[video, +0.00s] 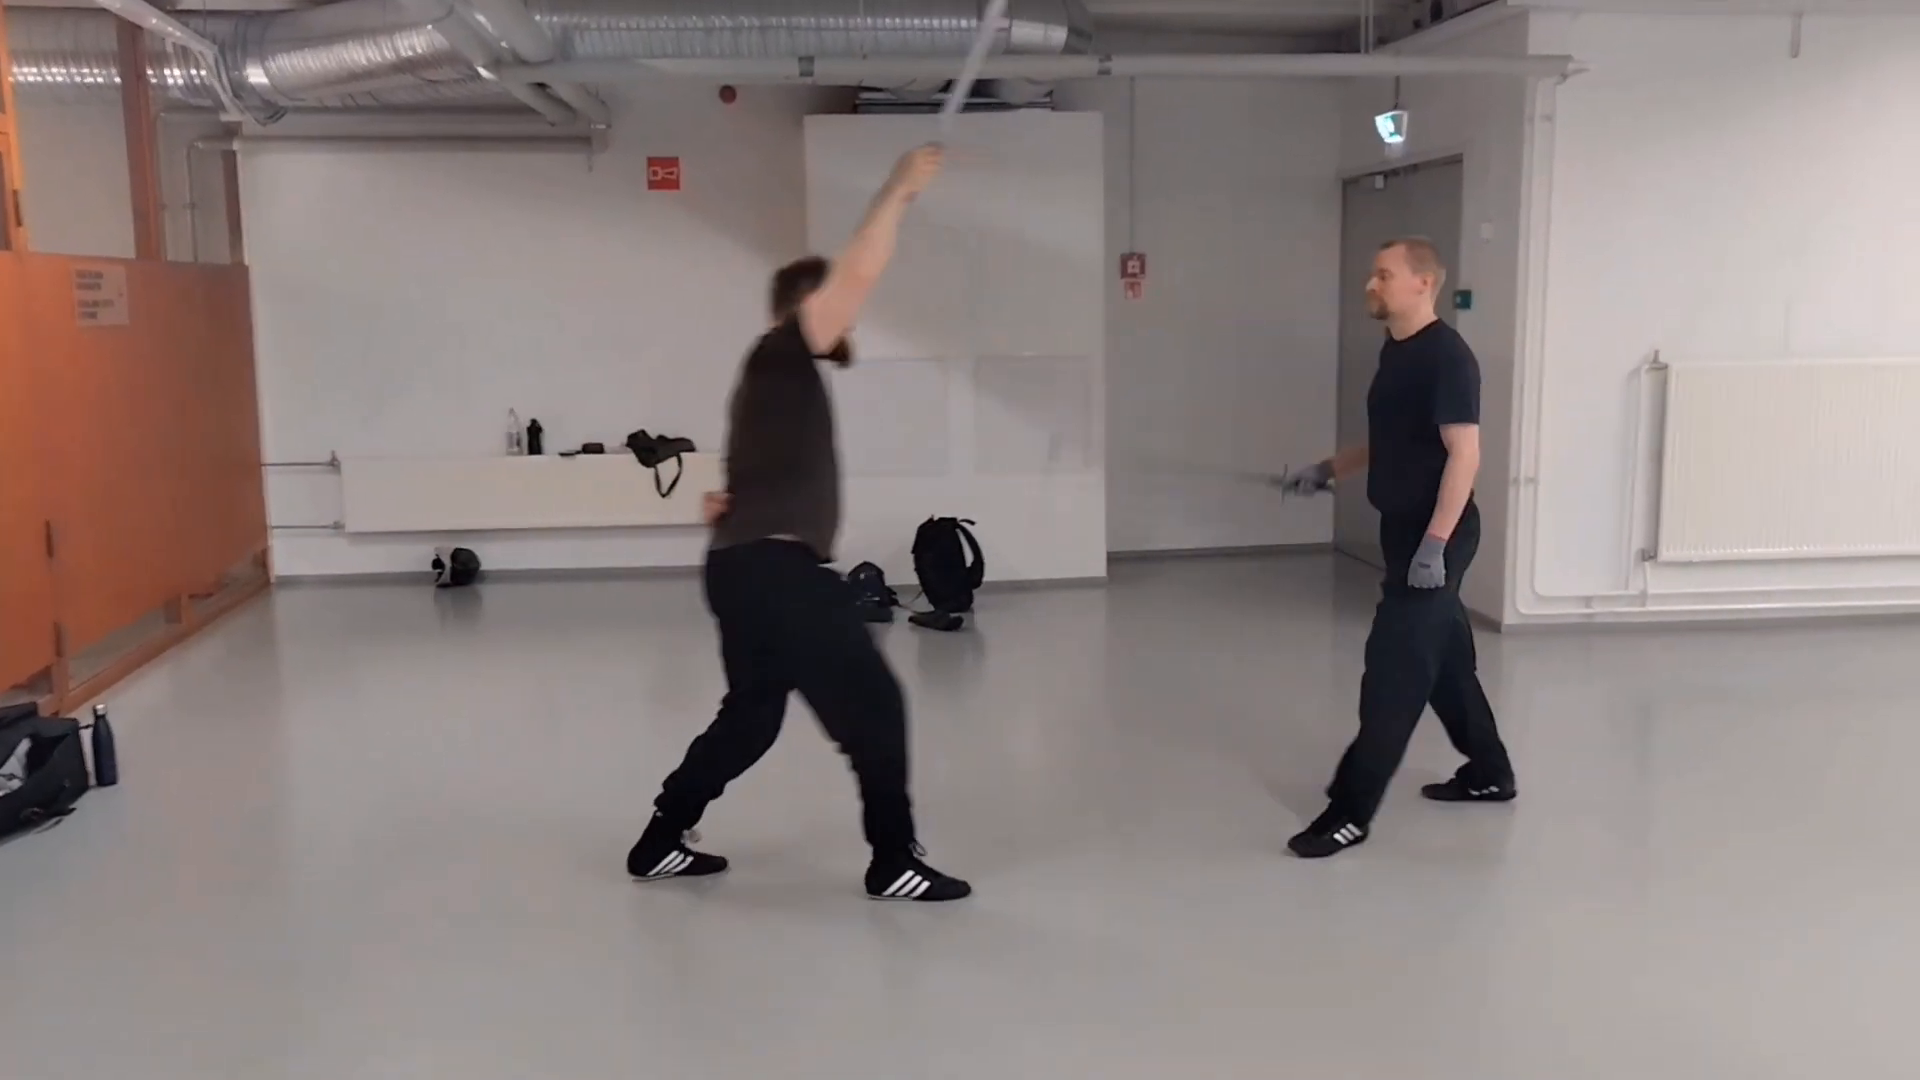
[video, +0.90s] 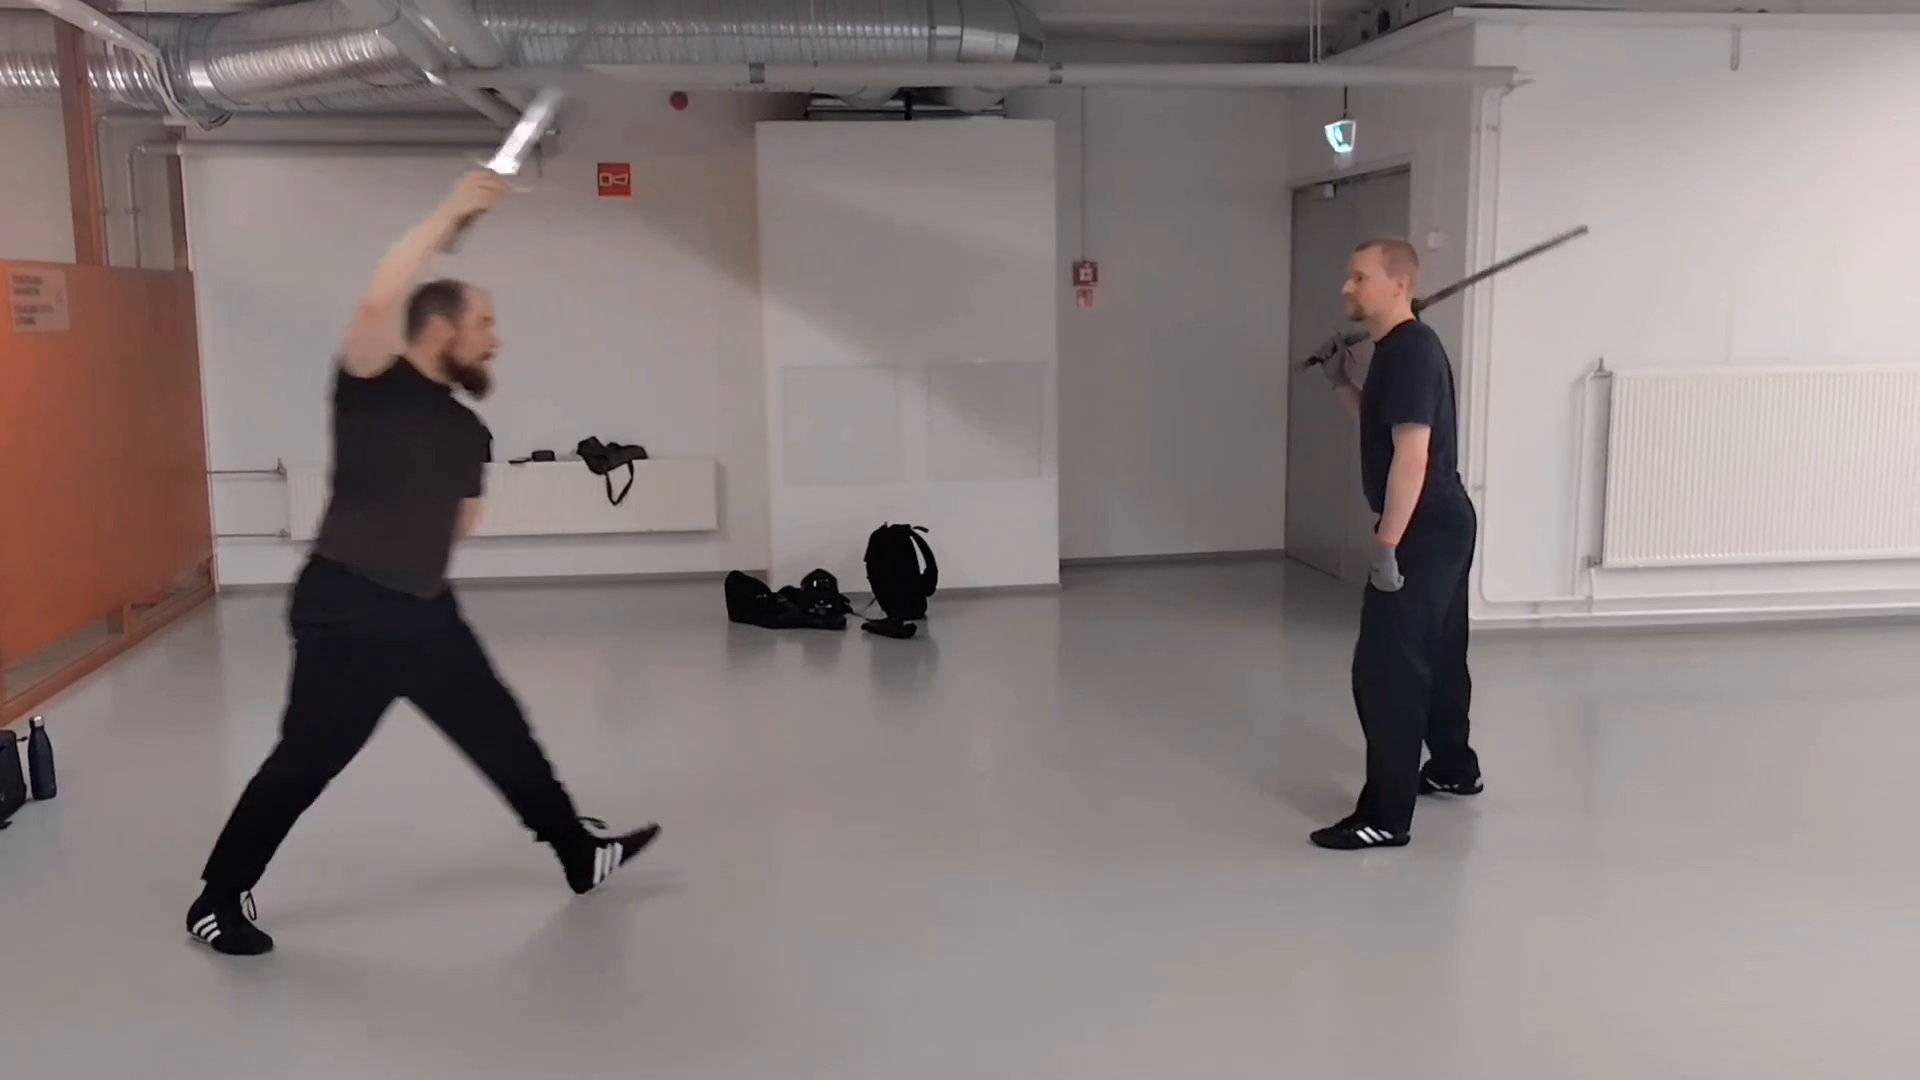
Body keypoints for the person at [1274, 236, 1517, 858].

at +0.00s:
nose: (1371, 285)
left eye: (1383, 276)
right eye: (1372, 276)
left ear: (1425, 284)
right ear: (1399, 288)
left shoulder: (1446, 355)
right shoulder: (1397, 352)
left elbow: (1466, 454)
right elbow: (1390, 441)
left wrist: (1434, 543)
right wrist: (1326, 470)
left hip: (1436, 535)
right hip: (1404, 530)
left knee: (1394, 667)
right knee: (1446, 659)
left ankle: (1351, 811)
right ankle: (1490, 769)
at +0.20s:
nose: (1385, 276)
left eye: (1397, 266)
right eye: (1385, 266)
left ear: (1437, 274)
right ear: (1421, 277)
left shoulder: (1453, 339)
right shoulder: (1420, 341)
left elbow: (1465, 439)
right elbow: (1411, 426)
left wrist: (1433, 528)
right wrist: (1350, 424)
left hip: (1449, 523)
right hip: (1429, 518)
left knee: (1404, 653)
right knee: (1454, 648)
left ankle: (1401, 803)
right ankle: (1477, 770)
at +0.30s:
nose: (1385, 276)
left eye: (1397, 266)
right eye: (1385, 266)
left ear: (1436, 273)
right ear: (1423, 275)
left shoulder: (1450, 338)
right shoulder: (1428, 337)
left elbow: (1455, 436)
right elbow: (1435, 430)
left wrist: (1425, 524)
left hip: (1444, 519)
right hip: (1439, 514)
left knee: (1403, 654)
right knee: (1451, 649)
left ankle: (1409, 804)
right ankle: (1470, 772)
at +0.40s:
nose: (1384, 278)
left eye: (1396, 268)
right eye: (1385, 268)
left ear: (1435, 274)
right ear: (1422, 277)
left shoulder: (1445, 338)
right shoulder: (1425, 338)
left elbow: (1447, 438)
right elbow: (1411, 424)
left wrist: (1415, 526)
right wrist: (1369, 386)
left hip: (1440, 523)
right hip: (1442, 517)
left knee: (1404, 659)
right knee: (1446, 652)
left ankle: (1408, 810)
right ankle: (1463, 773)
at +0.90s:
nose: (1347, 289)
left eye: (1358, 278)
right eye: (1348, 278)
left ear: (1398, 284)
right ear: (1393, 288)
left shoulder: (1410, 349)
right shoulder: (1403, 346)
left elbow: (1413, 451)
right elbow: (1382, 427)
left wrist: (1386, 541)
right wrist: (1344, 382)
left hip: (1421, 527)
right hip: (1436, 520)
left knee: (1384, 666)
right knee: (1439, 650)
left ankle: (1385, 818)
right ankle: (1455, 766)